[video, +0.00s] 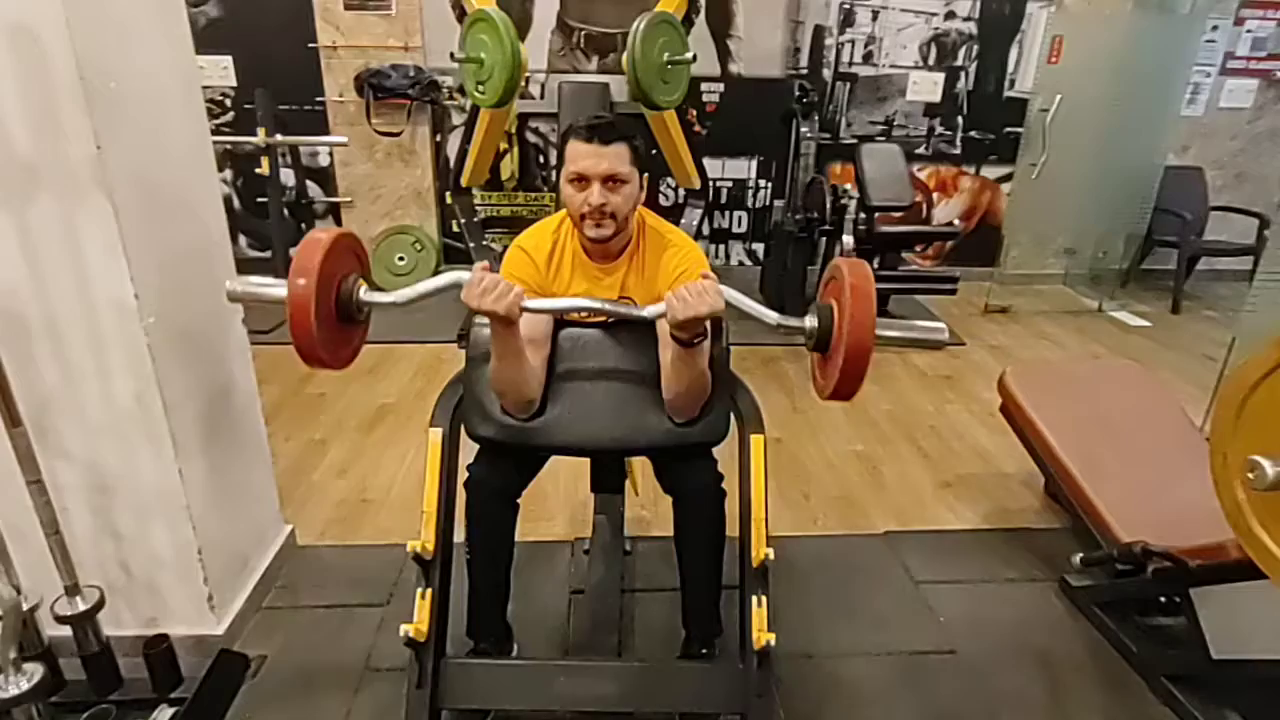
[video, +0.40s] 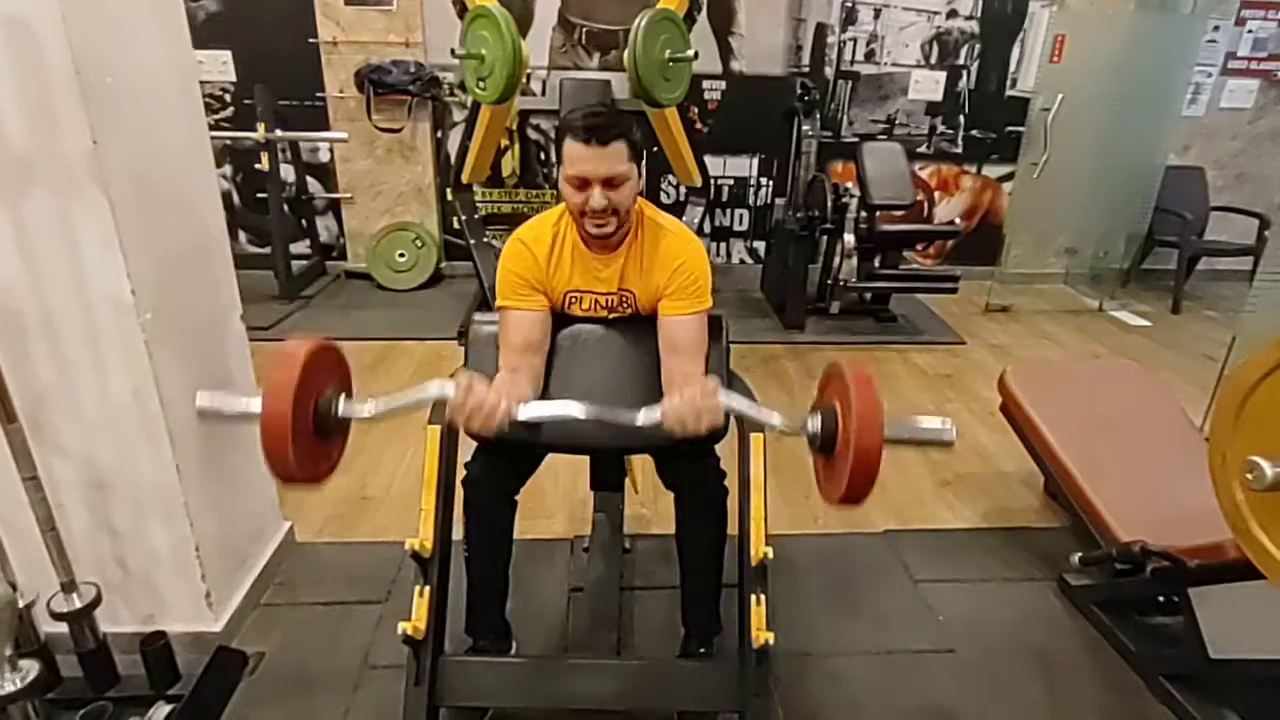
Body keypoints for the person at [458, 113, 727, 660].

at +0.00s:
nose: (595, 200)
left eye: (613, 183)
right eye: (579, 182)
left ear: (641, 189)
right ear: (560, 186)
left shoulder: (676, 254)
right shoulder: (533, 249)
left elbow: (685, 408)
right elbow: (518, 404)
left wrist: (688, 337)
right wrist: (504, 326)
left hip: (649, 390)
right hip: (556, 388)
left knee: (700, 484)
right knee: (487, 482)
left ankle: (702, 643)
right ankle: (489, 642)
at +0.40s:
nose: (598, 201)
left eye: (613, 183)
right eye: (581, 184)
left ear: (638, 178)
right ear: (559, 178)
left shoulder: (678, 251)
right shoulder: (529, 248)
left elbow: (685, 378)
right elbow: (517, 368)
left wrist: (693, 412)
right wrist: (490, 409)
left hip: (648, 392)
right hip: (558, 388)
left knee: (702, 478)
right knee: (486, 477)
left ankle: (701, 641)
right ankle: (488, 642)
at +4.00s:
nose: (652, 238)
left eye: (661, 224)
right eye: (635, 231)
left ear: (671, 199)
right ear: (593, 211)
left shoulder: (696, 249)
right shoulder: (551, 250)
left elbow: (709, 401)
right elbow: (539, 401)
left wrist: (704, 339)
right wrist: (520, 329)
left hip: (669, 391)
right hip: (576, 390)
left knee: (720, 479)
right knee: (507, 479)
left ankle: (724, 637)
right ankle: (512, 633)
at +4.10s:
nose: (649, 241)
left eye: (658, 227)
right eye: (631, 233)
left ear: (669, 200)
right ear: (590, 211)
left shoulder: (696, 249)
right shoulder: (549, 250)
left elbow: (707, 404)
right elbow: (538, 397)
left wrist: (705, 367)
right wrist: (513, 360)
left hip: (665, 383)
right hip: (576, 384)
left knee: (719, 477)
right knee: (505, 477)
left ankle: (723, 637)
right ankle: (511, 634)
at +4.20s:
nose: (647, 242)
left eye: (656, 228)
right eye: (629, 234)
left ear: (668, 201)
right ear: (590, 211)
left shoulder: (695, 248)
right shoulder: (548, 250)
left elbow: (708, 404)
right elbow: (538, 396)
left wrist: (704, 372)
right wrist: (514, 368)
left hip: (665, 387)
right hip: (576, 388)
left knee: (720, 477)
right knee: (504, 478)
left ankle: (723, 637)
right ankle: (511, 635)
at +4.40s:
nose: (648, 246)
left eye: (658, 231)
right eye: (630, 238)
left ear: (670, 203)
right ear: (591, 212)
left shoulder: (698, 250)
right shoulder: (550, 249)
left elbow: (706, 370)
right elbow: (537, 369)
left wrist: (710, 405)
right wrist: (512, 394)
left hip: (666, 384)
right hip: (576, 381)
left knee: (720, 476)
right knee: (506, 479)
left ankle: (724, 637)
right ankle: (512, 635)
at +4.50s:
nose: (647, 248)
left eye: (658, 234)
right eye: (629, 240)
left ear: (671, 204)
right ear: (594, 213)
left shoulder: (700, 252)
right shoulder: (550, 250)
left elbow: (707, 372)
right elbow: (537, 368)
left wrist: (713, 435)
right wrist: (516, 419)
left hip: (671, 385)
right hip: (578, 384)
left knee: (721, 471)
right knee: (506, 470)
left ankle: (724, 638)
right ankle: (511, 635)